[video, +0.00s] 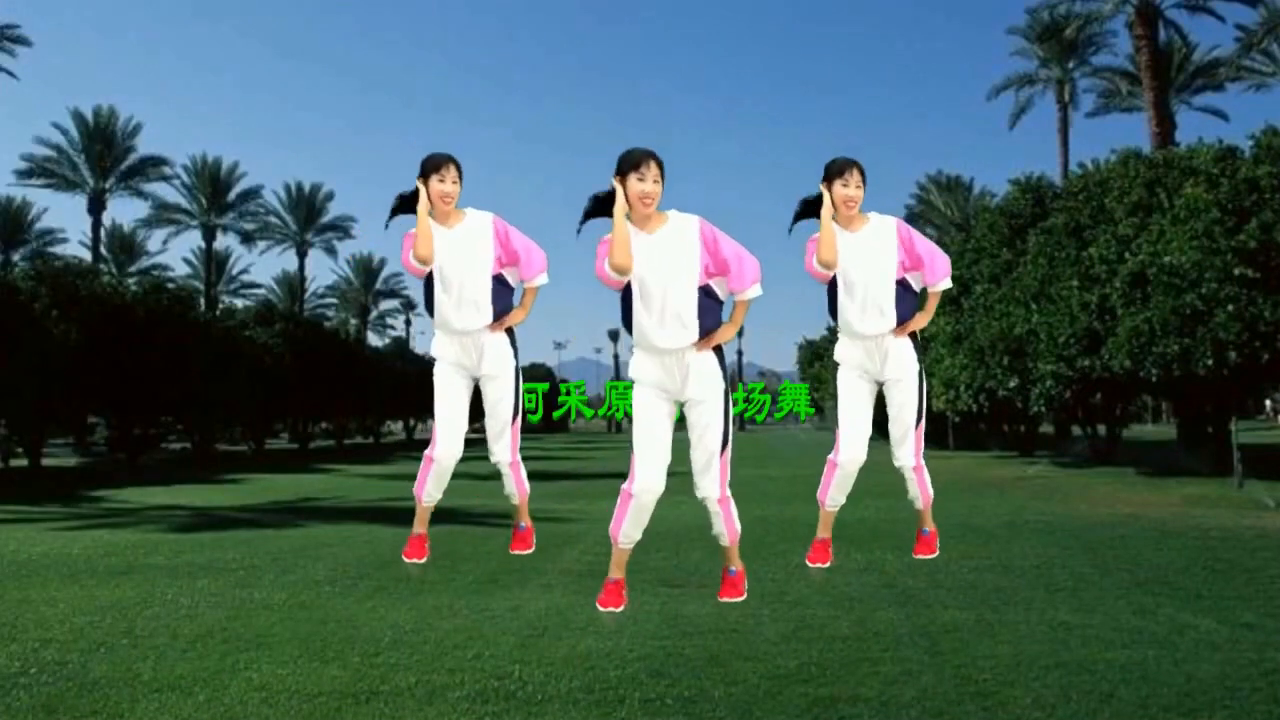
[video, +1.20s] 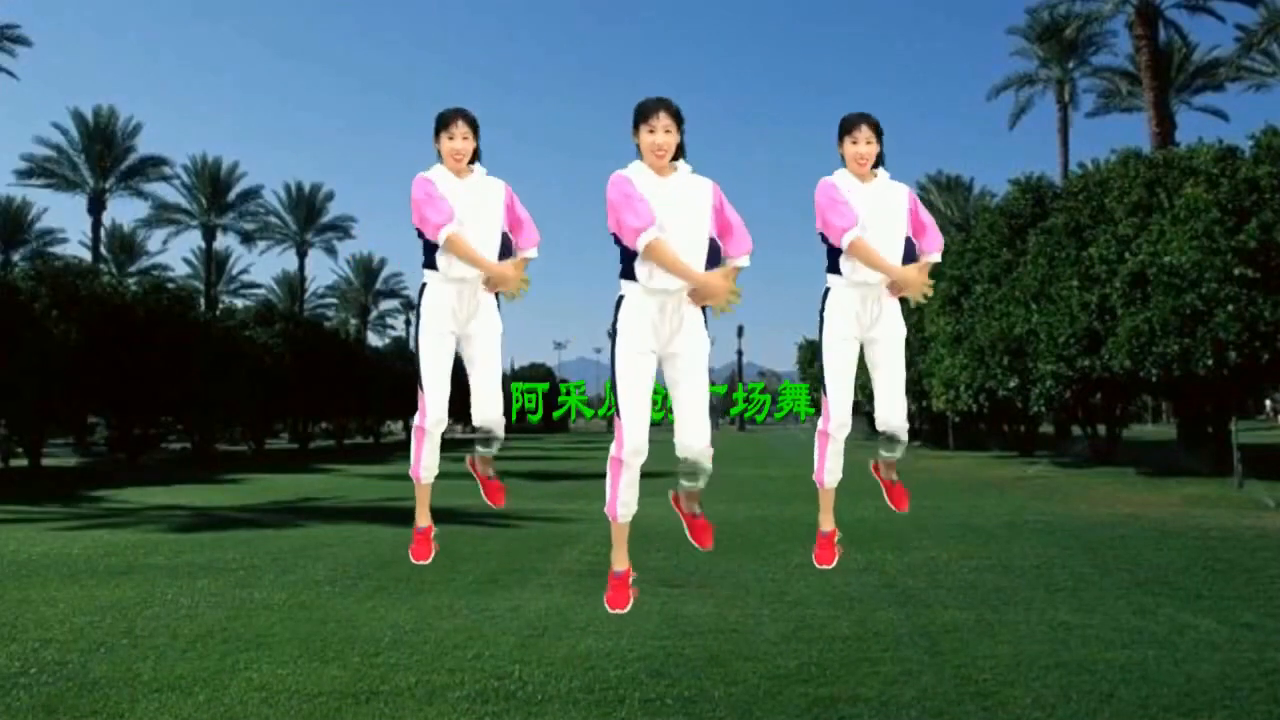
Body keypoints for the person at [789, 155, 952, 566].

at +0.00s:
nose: (851, 193)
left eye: (857, 186)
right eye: (843, 185)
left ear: (864, 191)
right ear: (827, 191)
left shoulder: (892, 228)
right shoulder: (821, 239)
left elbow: (938, 266)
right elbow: (828, 263)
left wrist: (925, 314)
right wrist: (827, 213)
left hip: (899, 348)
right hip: (853, 352)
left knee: (905, 455)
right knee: (849, 453)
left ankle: (926, 526)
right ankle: (822, 536)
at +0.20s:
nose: (849, 152)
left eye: (854, 145)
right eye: (841, 146)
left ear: (863, 150)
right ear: (826, 153)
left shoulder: (889, 184)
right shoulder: (821, 195)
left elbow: (934, 223)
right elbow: (814, 222)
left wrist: (917, 273)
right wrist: (820, 170)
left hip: (891, 300)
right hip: (847, 304)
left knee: (902, 419)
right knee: (838, 419)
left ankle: (910, 499)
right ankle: (823, 523)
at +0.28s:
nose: (847, 152)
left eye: (852, 144)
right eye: (839, 145)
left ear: (862, 148)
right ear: (824, 153)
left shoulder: (889, 182)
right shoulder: (821, 193)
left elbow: (932, 224)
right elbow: (814, 223)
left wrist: (917, 276)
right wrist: (819, 169)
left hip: (887, 296)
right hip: (843, 298)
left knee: (892, 422)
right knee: (838, 417)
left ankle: (886, 462)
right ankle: (829, 523)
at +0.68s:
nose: (857, 153)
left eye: (859, 145)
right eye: (847, 146)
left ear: (867, 156)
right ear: (832, 159)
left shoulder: (895, 200)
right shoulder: (823, 205)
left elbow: (930, 247)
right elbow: (859, 217)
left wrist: (916, 291)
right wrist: (853, 159)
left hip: (889, 308)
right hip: (844, 309)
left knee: (898, 430)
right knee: (839, 430)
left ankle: (895, 492)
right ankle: (831, 530)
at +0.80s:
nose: (860, 165)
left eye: (867, 158)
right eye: (852, 157)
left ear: (877, 165)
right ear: (838, 164)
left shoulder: (899, 202)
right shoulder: (829, 206)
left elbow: (936, 246)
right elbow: (876, 214)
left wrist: (924, 288)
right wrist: (906, 167)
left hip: (901, 309)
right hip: (858, 313)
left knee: (910, 427)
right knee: (854, 432)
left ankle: (920, 521)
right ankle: (835, 533)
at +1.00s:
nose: (866, 179)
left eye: (873, 173)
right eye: (858, 173)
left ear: (881, 181)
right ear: (843, 181)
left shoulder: (902, 223)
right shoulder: (835, 224)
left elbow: (943, 267)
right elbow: (882, 243)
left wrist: (923, 314)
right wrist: (936, 220)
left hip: (905, 338)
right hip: (860, 340)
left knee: (911, 443)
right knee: (861, 448)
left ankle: (919, 526)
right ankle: (834, 536)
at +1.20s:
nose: (863, 149)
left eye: (870, 142)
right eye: (854, 142)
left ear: (880, 148)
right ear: (840, 148)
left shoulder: (901, 194)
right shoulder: (830, 189)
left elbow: (931, 243)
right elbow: (848, 241)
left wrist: (918, 275)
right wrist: (898, 274)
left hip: (887, 304)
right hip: (842, 302)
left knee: (894, 423)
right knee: (837, 418)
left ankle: (886, 469)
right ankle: (826, 524)